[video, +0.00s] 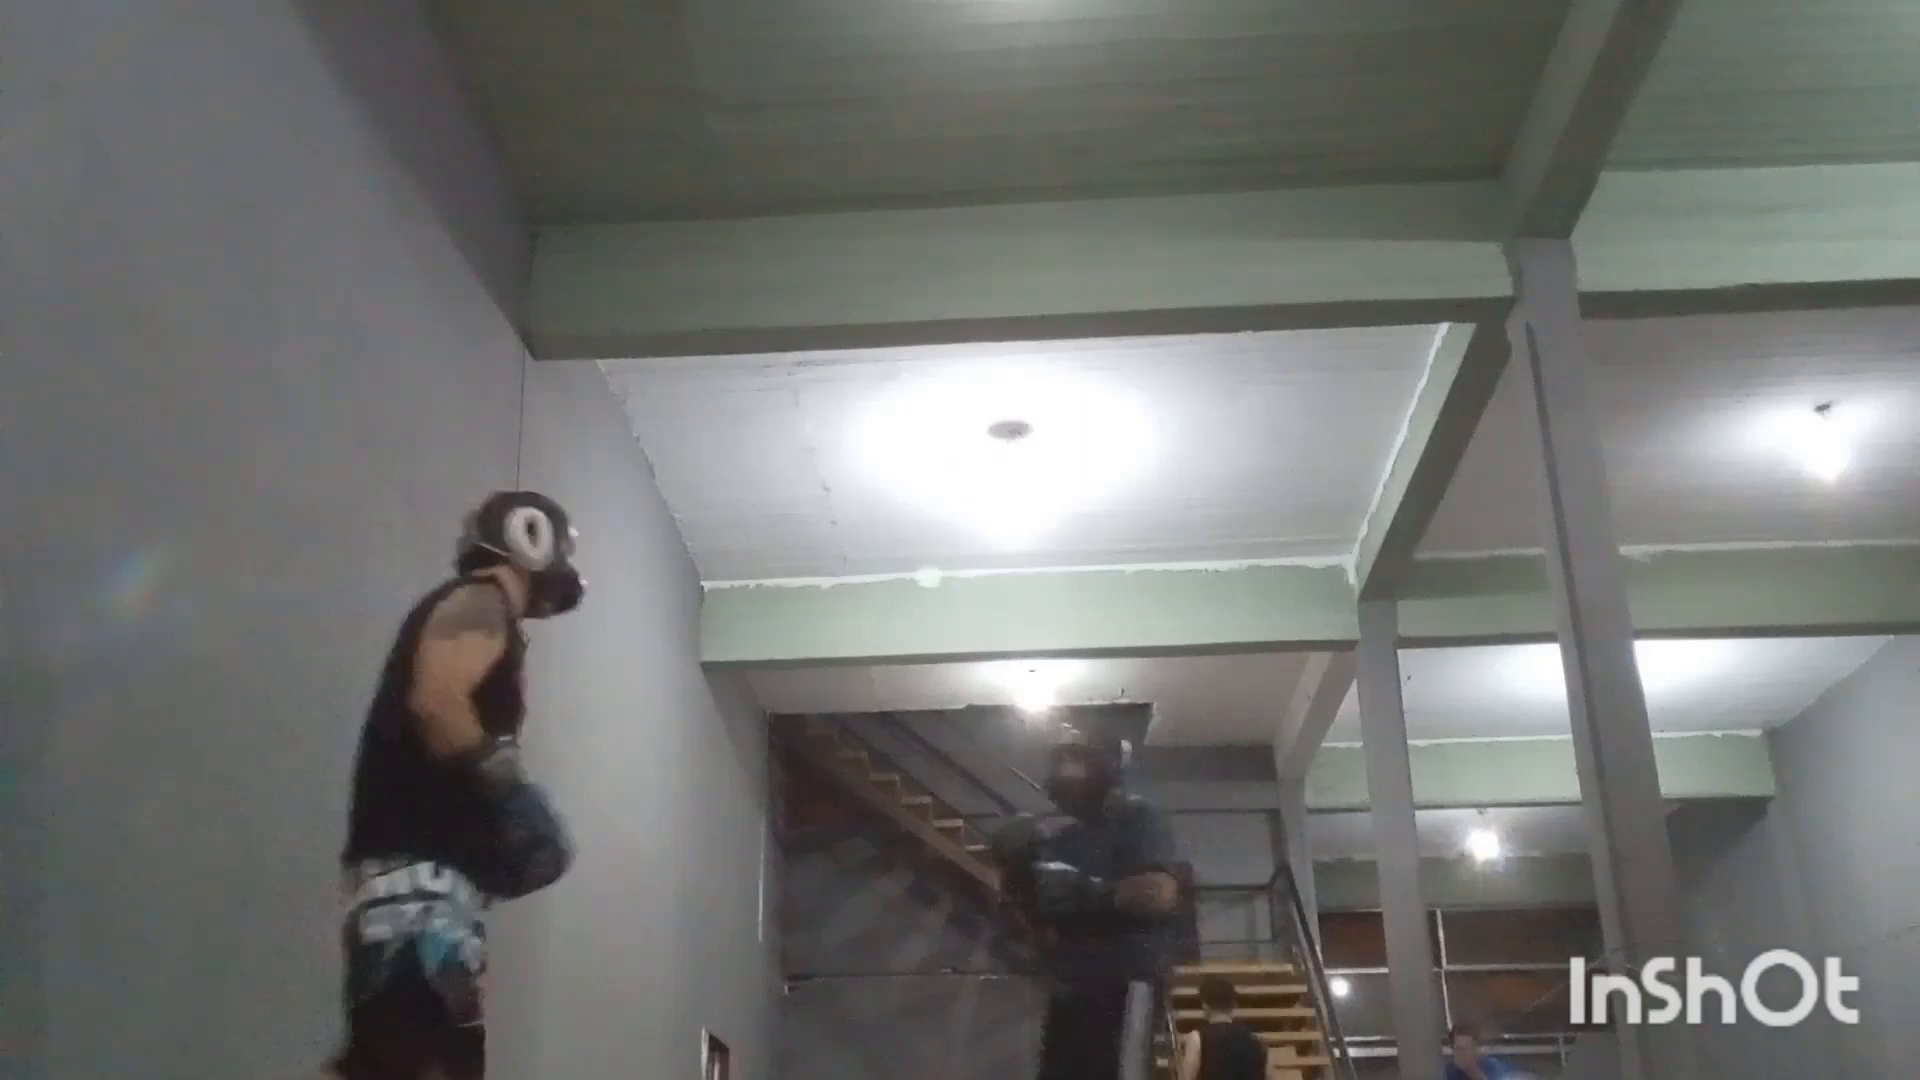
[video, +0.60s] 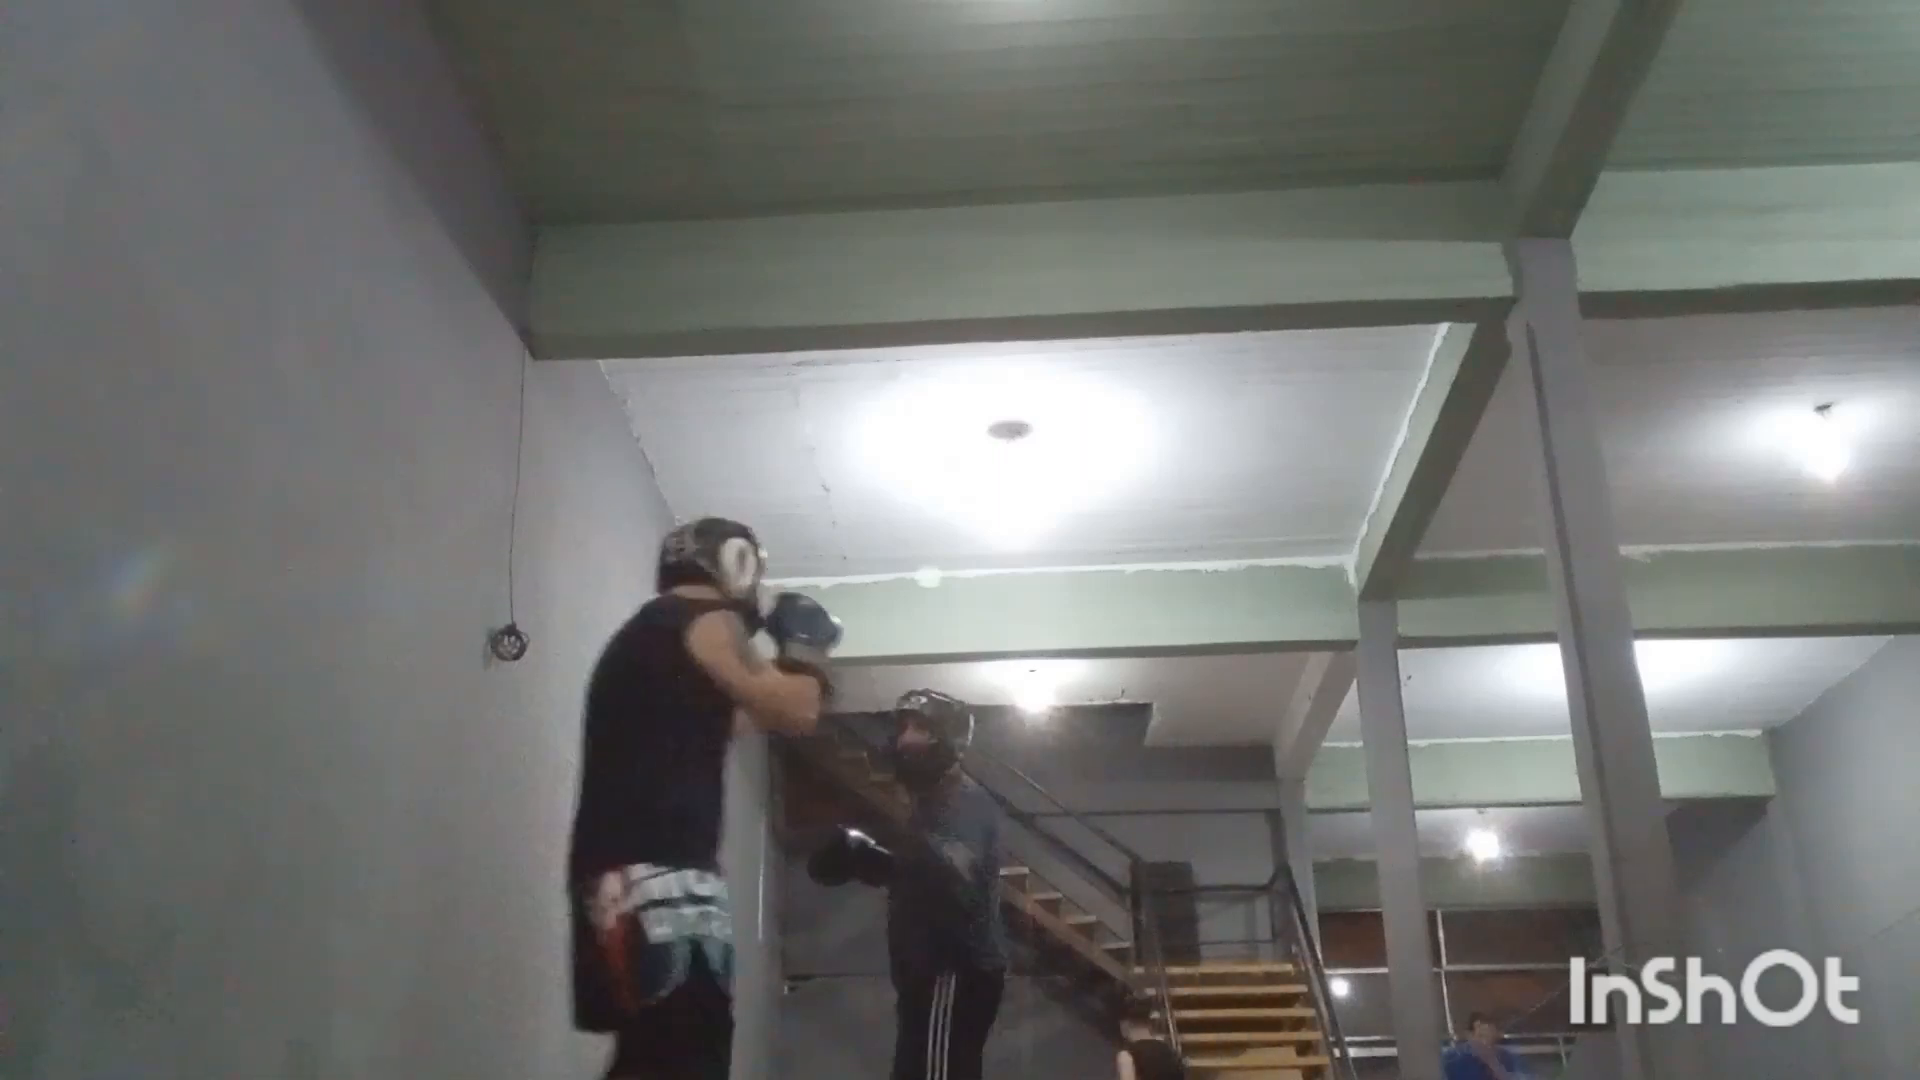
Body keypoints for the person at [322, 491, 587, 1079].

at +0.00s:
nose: (558, 579)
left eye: (562, 563)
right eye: (556, 560)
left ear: (511, 539)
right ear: (527, 537)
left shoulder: (468, 607)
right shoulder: (480, 603)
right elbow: (439, 700)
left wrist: (506, 819)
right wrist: (513, 799)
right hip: (418, 876)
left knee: (392, 1054)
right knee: (432, 1055)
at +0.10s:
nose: (576, 597)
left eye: (583, 585)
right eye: (578, 578)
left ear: (518, 551)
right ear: (559, 548)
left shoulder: (484, 612)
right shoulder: (510, 604)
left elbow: (460, 768)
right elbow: (481, 707)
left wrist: (520, 872)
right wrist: (569, 768)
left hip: (431, 860)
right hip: (458, 863)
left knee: (437, 1051)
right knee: (453, 1053)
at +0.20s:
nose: (613, 592)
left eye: (616, 579)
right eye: (612, 573)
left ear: (548, 554)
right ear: (592, 554)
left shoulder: (506, 620)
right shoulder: (538, 609)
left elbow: (499, 777)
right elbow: (535, 713)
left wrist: (587, 824)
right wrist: (633, 739)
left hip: (457, 866)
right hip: (496, 868)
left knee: (453, 1056)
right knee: (510, 1052)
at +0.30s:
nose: (647, 590)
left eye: (647, 573)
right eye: (644, 569)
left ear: (577, 556)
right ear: (622, 553)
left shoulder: (533, 624)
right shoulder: (575, 610)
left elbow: (552, 765)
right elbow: (606, 711)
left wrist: (653, 769)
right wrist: (687, 704)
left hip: (480, 869)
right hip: (533, 869)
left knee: (479, 1055)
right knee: (564, 1053)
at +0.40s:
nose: (688, 590)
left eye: (689, 573)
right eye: (683, 570)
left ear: (612, 561)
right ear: (658, 561)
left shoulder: (573, 628)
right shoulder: (610, 617)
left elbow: (632, 729)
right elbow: (685, 709)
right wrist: (728, 669)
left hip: (524, 884)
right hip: (568, 886)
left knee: (522, 1060)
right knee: (606, 1060)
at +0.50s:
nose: (725, 584)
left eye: (725, 571)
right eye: (721, 568)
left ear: (645, 564)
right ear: (698, 563)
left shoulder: (608, 630)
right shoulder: (662, 620)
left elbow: (673, 701)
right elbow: (756, 705)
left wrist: (732, 647)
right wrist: (769, 648)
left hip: (565, 885)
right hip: (619, 886)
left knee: (595, 1051)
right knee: (659, 1052)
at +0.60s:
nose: (757, 581)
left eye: (758, 568)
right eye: (753, 565)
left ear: (679, 563)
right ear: (729, 562)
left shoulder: (643, 631)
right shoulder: (703, 619)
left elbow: (726, 719)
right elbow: (796, 709)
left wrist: (767, 649)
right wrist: (806, 647)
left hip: (611, 866)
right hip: (662, 867)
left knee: (646, 1046)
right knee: (690, 1049)